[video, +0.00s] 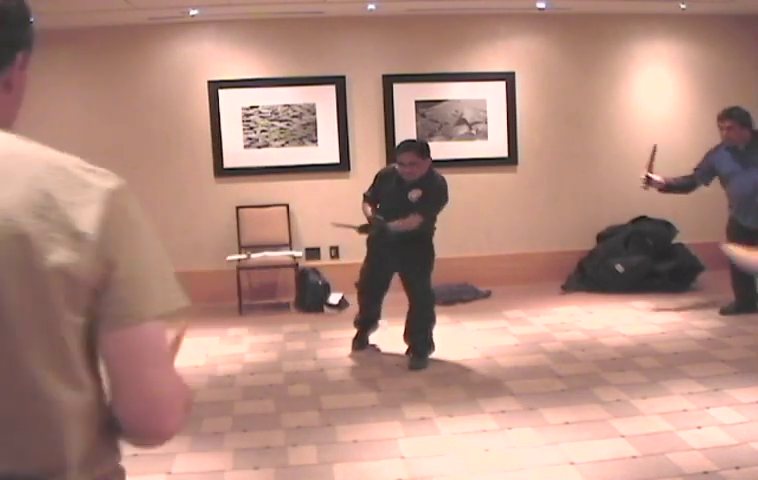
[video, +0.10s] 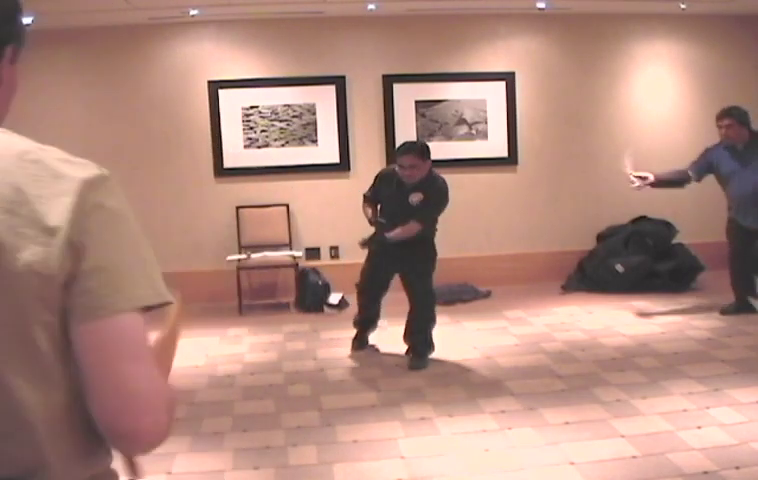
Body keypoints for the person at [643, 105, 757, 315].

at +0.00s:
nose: (725, 135)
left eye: (730, 128)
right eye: (722, 129)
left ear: (745, 128)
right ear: (721, 130)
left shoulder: (755, 148)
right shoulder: (719, 155)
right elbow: (694, 180)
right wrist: (664, 184)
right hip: (741, 222)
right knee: (739, 261)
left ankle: (751, 300)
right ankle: (744, 300)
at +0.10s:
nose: (723, 133)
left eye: (728, 127)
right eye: (720, 128)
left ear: (744, 126)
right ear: (718, 129)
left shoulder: (755, 146)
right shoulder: (717, 153)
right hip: (740, 219)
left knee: (751, 260)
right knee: (739, 260)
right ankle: (742, 301)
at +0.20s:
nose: (722, 132)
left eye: (727, 125)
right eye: (719, 127)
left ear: (742, 125)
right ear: (717, 129)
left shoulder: (755, 145)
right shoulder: (716, 151)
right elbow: (690, 168)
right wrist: (668, 176)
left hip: (755, 217)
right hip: (739, 217)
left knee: (751, 261)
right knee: (739, 262)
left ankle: (751, 301)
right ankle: (745, 301)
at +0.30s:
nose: (723, 129)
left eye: (728, 123)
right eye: (720, 124)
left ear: (743, 124)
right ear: (718, 127)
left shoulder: (754, 145)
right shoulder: (718, 150)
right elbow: (697, 167)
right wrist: (682, 176)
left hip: (754, 218)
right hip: (738, 218)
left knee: (752, 261)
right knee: (739, 261)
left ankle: (751, 301)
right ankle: (743, 301)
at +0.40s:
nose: (727, 127)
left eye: (731, 121)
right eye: (724, 123)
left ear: (746, 122)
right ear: (722, 125)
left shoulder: (755, 144)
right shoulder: (721, 149)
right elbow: (696, 175)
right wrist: (699, 185)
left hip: (755, 218)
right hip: (738, 218)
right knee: (739, 262)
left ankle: (750, 301)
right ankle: (744, 300)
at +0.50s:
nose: (731, 126)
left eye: (736, 120)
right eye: (729, 121)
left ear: (751, 121)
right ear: (727, 123)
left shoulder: (754, 146)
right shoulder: (726, 148)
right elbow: (705, 179)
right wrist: (710, 191)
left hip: (754, 216)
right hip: (739, 217)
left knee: (750, 260)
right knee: (739, 260)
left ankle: (750, 300)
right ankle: (743, 300)